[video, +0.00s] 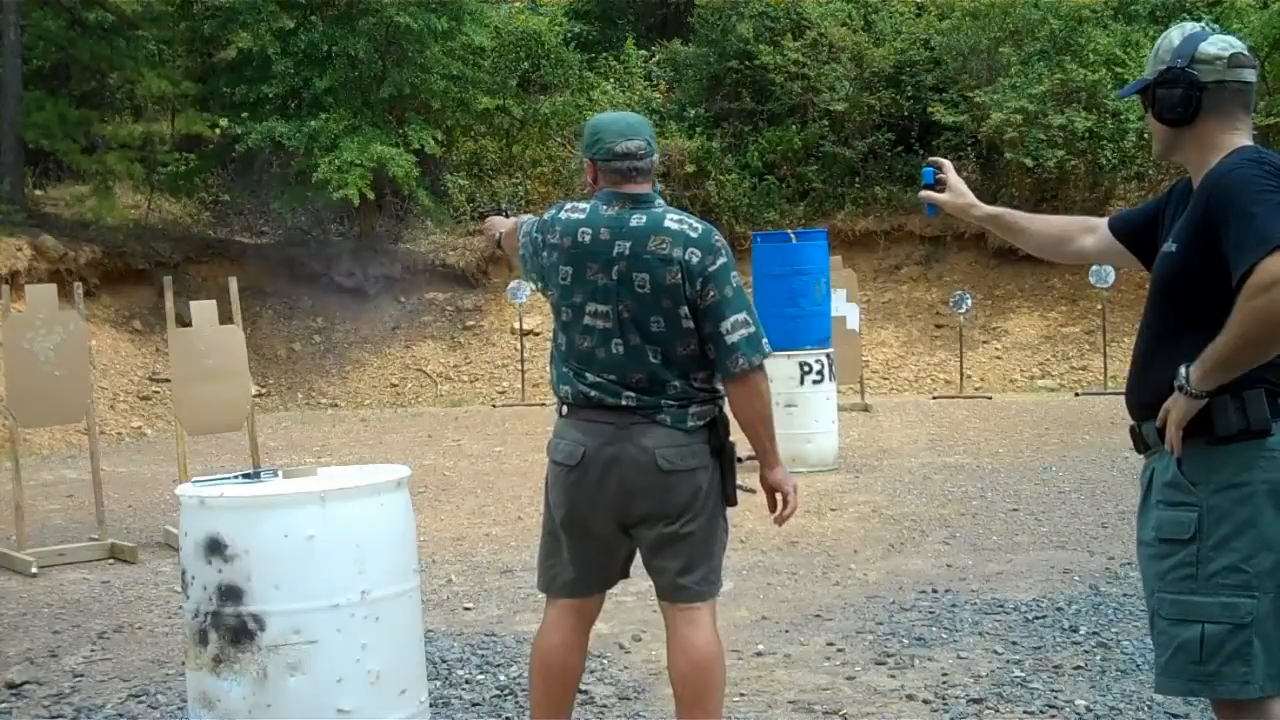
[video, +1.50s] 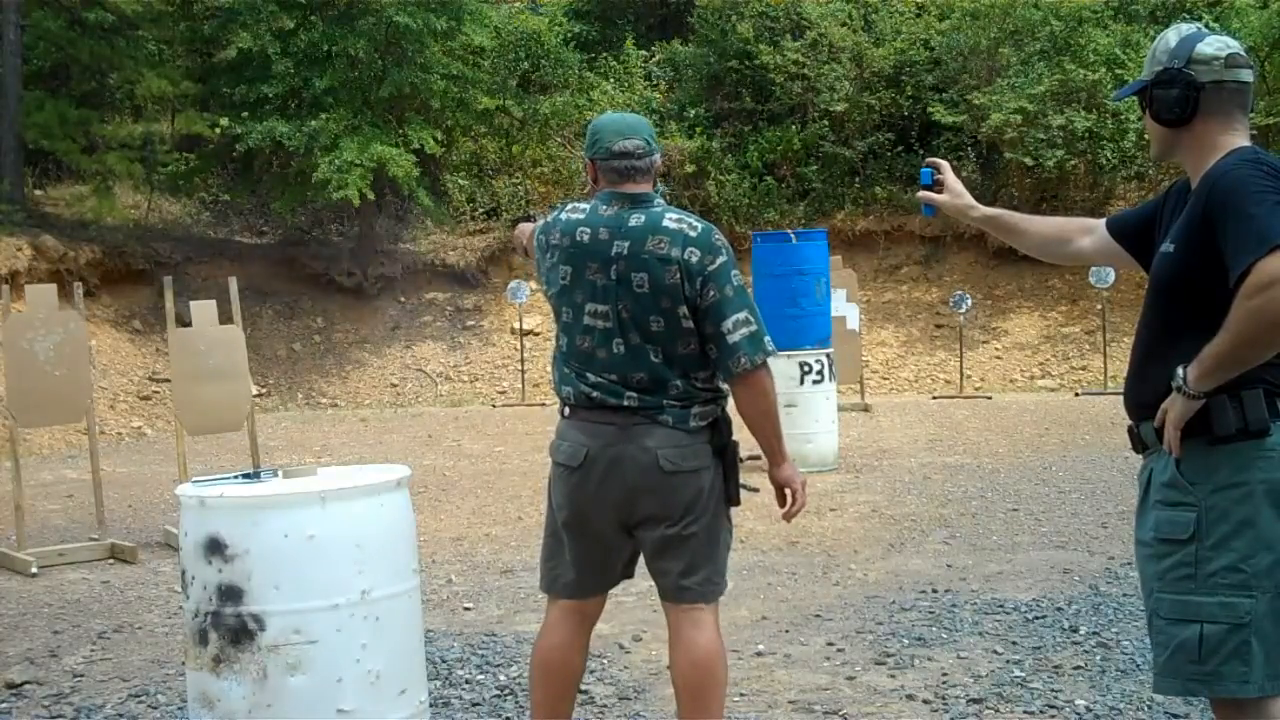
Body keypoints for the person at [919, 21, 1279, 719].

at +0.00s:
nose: (1148, 115)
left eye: (1152, 100)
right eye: (1148, 101)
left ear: (1178, 102)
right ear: (1228, 100)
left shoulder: (1245, 180)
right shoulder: (1192, 196)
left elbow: (1272, 284)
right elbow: (1086, 238)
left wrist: (1195, 383)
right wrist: (977, 211)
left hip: (1226, 463)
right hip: (1206, 458)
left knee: (1242, 692)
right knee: (1241, 685)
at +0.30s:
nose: (1147, 115)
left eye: (1152, 100)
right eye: (1148, 101)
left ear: (1177, 102)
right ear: (1228, 100)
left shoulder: (1245, 179)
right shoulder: (1190, 196)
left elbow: (1274, 284)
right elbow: (1084, 238)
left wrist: (1194, 383)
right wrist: (975, 211)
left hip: (1226, 462)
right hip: (1205, 457)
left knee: (1242, 691)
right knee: (1241, 684)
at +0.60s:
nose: (1146, 116)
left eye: (1151, 101)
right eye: (1147, 102)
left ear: (1176, 103)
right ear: (1225, 101)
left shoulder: (1243, 179)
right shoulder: (1190, 197)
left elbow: (1273, 285)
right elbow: (1084, 237)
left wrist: (1193, 383)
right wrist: (975, 212)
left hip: (1223, 464)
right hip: (1204, 459)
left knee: (1241, 691)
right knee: (1241, 685)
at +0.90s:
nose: (1146, 115)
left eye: (1151, 101)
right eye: (1147, 102)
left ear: (1176, 103)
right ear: (1225, 101)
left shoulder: (1242, 180)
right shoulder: (1189, 197)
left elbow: (1274, 284)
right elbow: (1083, 238)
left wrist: (1193, 383)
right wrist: (975, 212)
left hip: (1223, 464)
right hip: (1205, 460)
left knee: (1242, 693)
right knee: (1241, 686)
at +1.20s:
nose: (1145, 115)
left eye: (1150, 101)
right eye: (1146, 101)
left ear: (1176, 103)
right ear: (1224, 101)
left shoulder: (1242, 180)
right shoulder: (1189, 196)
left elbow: (1273, 284)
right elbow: (1085, 238)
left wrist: (1193, 383)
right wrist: (974, 212)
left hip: (1224, 462)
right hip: (1205, 456)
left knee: (1241, 689)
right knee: (1240, 683)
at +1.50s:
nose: (1145, 115)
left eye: (1150, 100)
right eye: (1146, 101)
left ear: (1177, 102)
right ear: (1223, 101)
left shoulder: (1242, 181)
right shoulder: (1191, 197)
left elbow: (1274, 283)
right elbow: (1084, 238)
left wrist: (1194, 381)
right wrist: (974, 213)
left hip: (1224, 462)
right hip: (1205, 457)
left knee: (1242, 692)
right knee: (1241, 685)